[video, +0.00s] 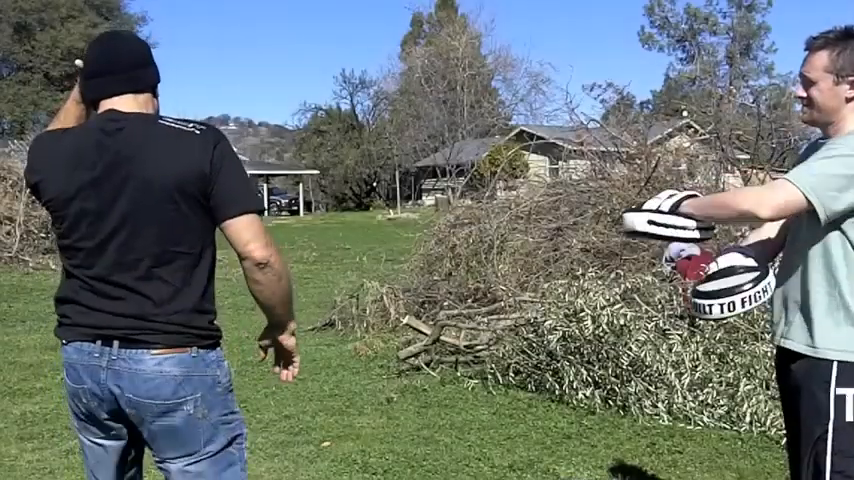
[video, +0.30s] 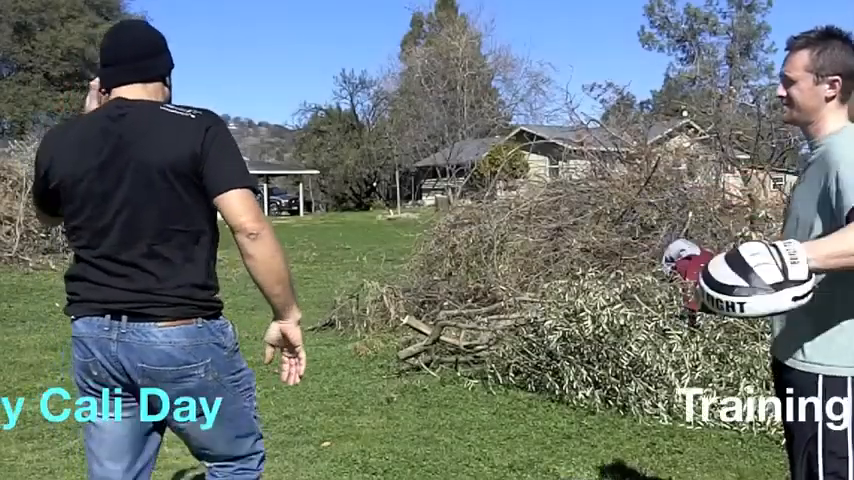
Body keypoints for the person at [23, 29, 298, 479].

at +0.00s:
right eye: (152, 78)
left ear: (90, 91)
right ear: (154, 83)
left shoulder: (54, 156)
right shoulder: (201, 145)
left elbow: (50, 146)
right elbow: (258, 255)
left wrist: (84, 84)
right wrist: (282, 328)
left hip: (83, 364)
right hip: (177, 368)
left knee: (108, 472)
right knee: (208, 469)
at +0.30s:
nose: (168, 80)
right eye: (167, 72)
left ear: (103, 82)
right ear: (165, 75)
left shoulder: (62, 140)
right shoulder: (199, 127)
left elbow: (48, 212)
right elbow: (249, 227)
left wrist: (88, 122)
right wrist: (287, 314)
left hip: (93, 337)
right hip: (184, 337)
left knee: (112, 474)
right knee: (235, 462)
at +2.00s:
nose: (314, 106)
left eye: (313, 96)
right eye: (309, 95)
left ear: (271, 96)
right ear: (283, 96)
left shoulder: (210, 147)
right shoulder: (288, 147)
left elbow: (183, 220)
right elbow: (306, 232)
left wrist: (230, 245)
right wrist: (344, 257)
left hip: (214, 305)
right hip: (263, 310)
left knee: (263, 420)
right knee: (277, 447)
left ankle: (258, 466)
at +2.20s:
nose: (321, 106)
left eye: (320, 97)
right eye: (315, 96)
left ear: (274, 100)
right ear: (285, 98)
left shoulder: (231, 150)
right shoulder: (281, 147)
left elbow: (211, 221)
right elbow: (290, 226)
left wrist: (265, 241)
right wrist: (340, 241)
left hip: (233, 303)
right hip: (264, 307)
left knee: (277, 429)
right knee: (284, 444)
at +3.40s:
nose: (304, 106)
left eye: (306, 97)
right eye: (293, 99)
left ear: (308, 100)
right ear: (263, 106)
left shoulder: (320, 157)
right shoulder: (228, 156)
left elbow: (335, 225)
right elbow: (215, 229)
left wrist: (351, 220)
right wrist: (281, 197)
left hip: (319, 308)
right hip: (255, 310)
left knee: (336, 416)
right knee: (259, 427)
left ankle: (315, 477)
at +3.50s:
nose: (301, 109)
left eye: (303, 100)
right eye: (289, 102)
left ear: (306, 102)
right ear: (261, 109)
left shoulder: (319, 156)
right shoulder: (226, 160)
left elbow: (335, 214)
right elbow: (212, 235)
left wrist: (343, 222)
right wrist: (277, 204)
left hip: (322, 307)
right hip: (257, 311)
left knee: (358, 398)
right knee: (257, 430)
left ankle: (330, 476)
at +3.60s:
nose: (301, 110)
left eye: (303, 101)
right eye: (289, 104)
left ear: (306, 104)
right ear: (260, 111)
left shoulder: (320, 157)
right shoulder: (226, 162)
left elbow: (336, 213)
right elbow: (211, 237)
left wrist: (343, 223)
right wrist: (275, 207)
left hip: (323, 306)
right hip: (258, 311)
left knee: (365, 394)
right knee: (256, 432)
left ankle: (338, 474)